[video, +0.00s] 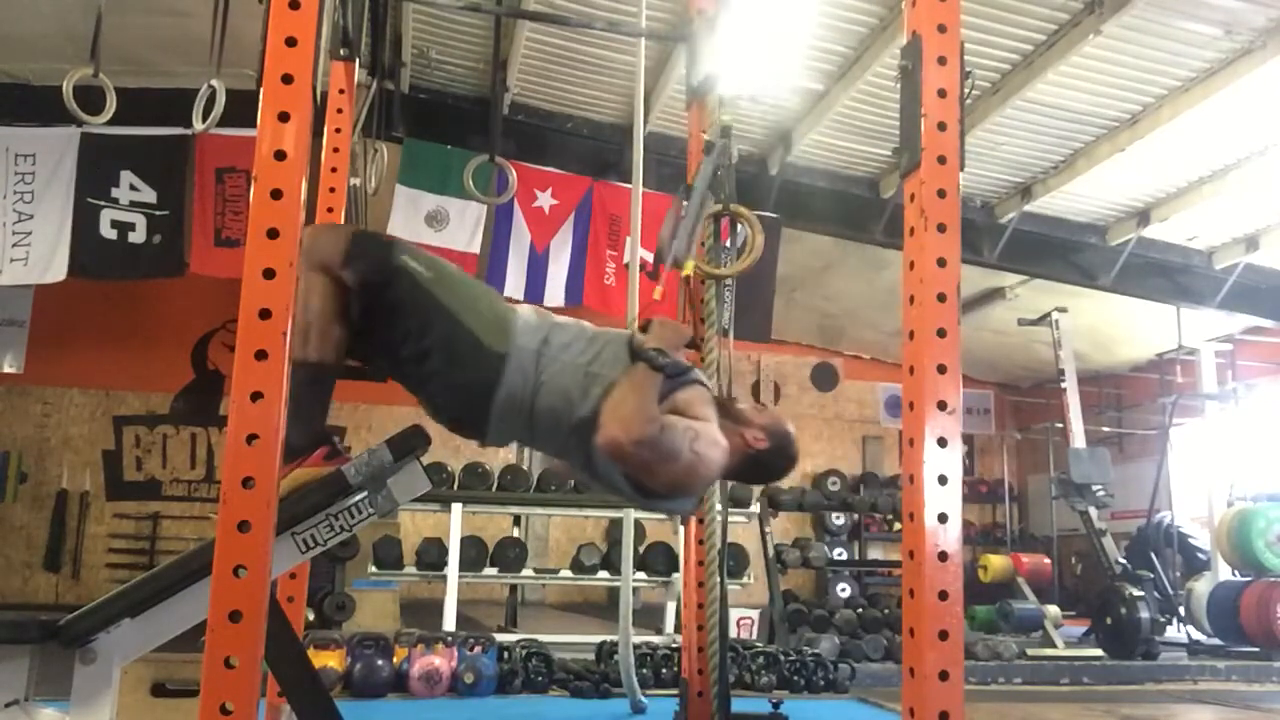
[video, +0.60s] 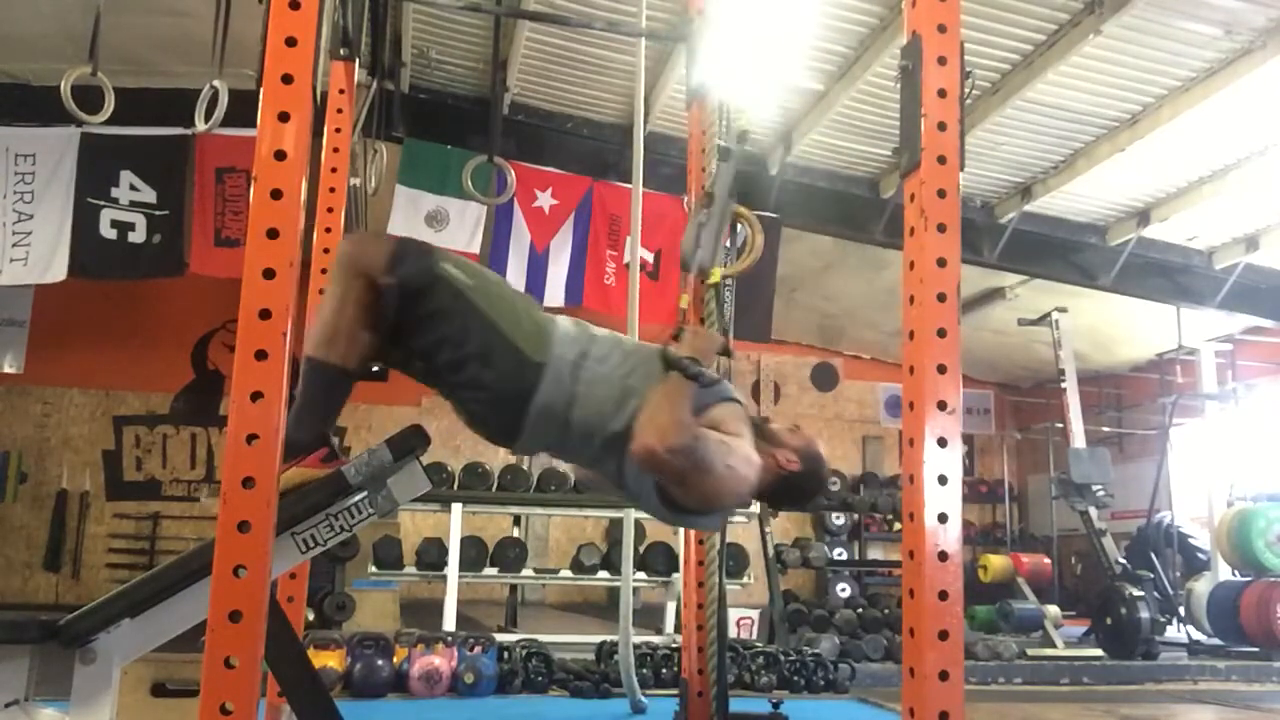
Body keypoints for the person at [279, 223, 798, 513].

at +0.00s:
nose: (756, 398)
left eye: (765, 411)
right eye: (768, 401)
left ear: (752, 441)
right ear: (751, 434)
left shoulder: (705, 450)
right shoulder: (698, 419)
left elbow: (625, 437)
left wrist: (660, 356)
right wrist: (663, 351)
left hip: (500, 361)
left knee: (323, 244)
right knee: (335, 308)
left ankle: (298, 415)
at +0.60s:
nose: (789, 426)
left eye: (796, 440)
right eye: (798, 432)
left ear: (785, 464)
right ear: (785, 451)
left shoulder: (737, 472)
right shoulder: (734, 437)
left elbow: (655, 447)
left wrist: (688, 365)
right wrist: (702, 348)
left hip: (535, 375)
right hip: (534, 380)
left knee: (368, 256)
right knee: (375, 298)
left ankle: (304, 429)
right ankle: (301, 426)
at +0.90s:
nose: (887, 448)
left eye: (897, 462)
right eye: (899, 447)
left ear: (888, 499)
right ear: (891, 474)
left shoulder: (835, 499)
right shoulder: (829, 455)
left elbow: (766, 469)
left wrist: (775, 389)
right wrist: (794, 377)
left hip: (637, 411)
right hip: (639, 396)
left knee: (477, 283)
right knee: (463, 320)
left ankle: (337, 419)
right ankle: (341, 414)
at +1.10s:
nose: (936, 469)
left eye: (946, 482)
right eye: (944, 471)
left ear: (937, 520)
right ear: (935, 493)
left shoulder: (889, 534)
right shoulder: (877, 476)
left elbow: (834, 480)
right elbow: (841, 440)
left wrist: (839, 402)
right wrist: (845, 390)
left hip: (702, 445)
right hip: (703, 409)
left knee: (539, 322)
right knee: (531, 336)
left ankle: (365, 414)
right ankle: (378, 410)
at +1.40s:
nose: (996, 493)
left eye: (1006, 505)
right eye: (1004, 490)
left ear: (997, 534)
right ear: (990, 489)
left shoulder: (948, 545)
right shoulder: (940, 495)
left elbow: (894, 490)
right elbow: (878, 460)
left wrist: (918, 418)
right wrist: (903, 412)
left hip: (770, 484)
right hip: (762, 457)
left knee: (591, 404)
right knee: (583, 395)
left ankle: (392, 423)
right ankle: (404, 418)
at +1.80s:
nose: (975, 571)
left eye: (984, 586)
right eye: (986, 568)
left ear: (974, 613)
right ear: (973, 561)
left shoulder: (921, 622)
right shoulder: (914, 565)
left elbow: (885, 515)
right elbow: (876, 497)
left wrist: (905, 445)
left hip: (755, 544)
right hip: (750, 503)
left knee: (595, 434)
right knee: (574, 429)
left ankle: (378, 410)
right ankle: (382, 420)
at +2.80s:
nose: (986, 467)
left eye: (995, 478)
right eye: (991, 463)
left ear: (989, 508)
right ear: (978, 460)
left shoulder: (939, 528)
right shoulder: (930, 469)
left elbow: (887, 486)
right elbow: (876, 464)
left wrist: (917, 408)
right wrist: (883, 398)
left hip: (754, 468)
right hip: (745, 454)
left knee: (570, 407)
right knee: (560, 407)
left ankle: (365, 414)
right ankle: (373, 416)